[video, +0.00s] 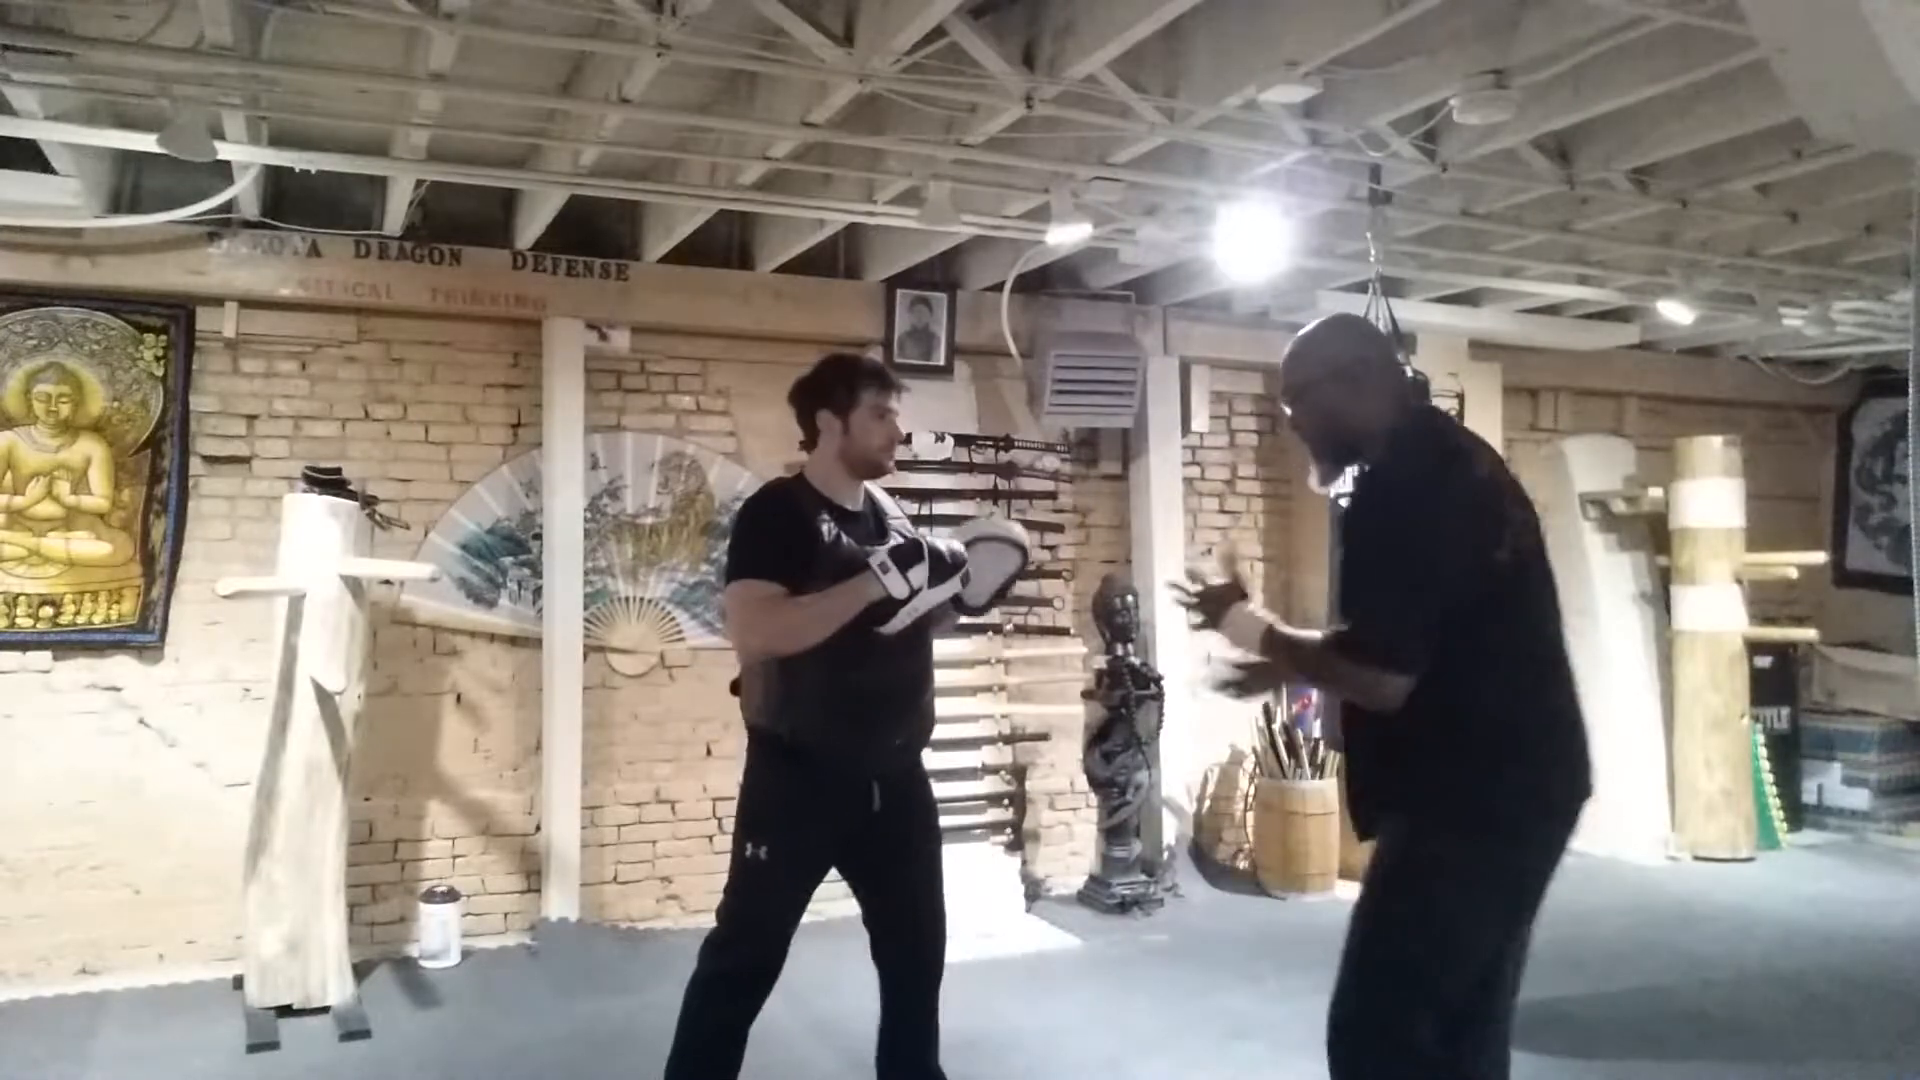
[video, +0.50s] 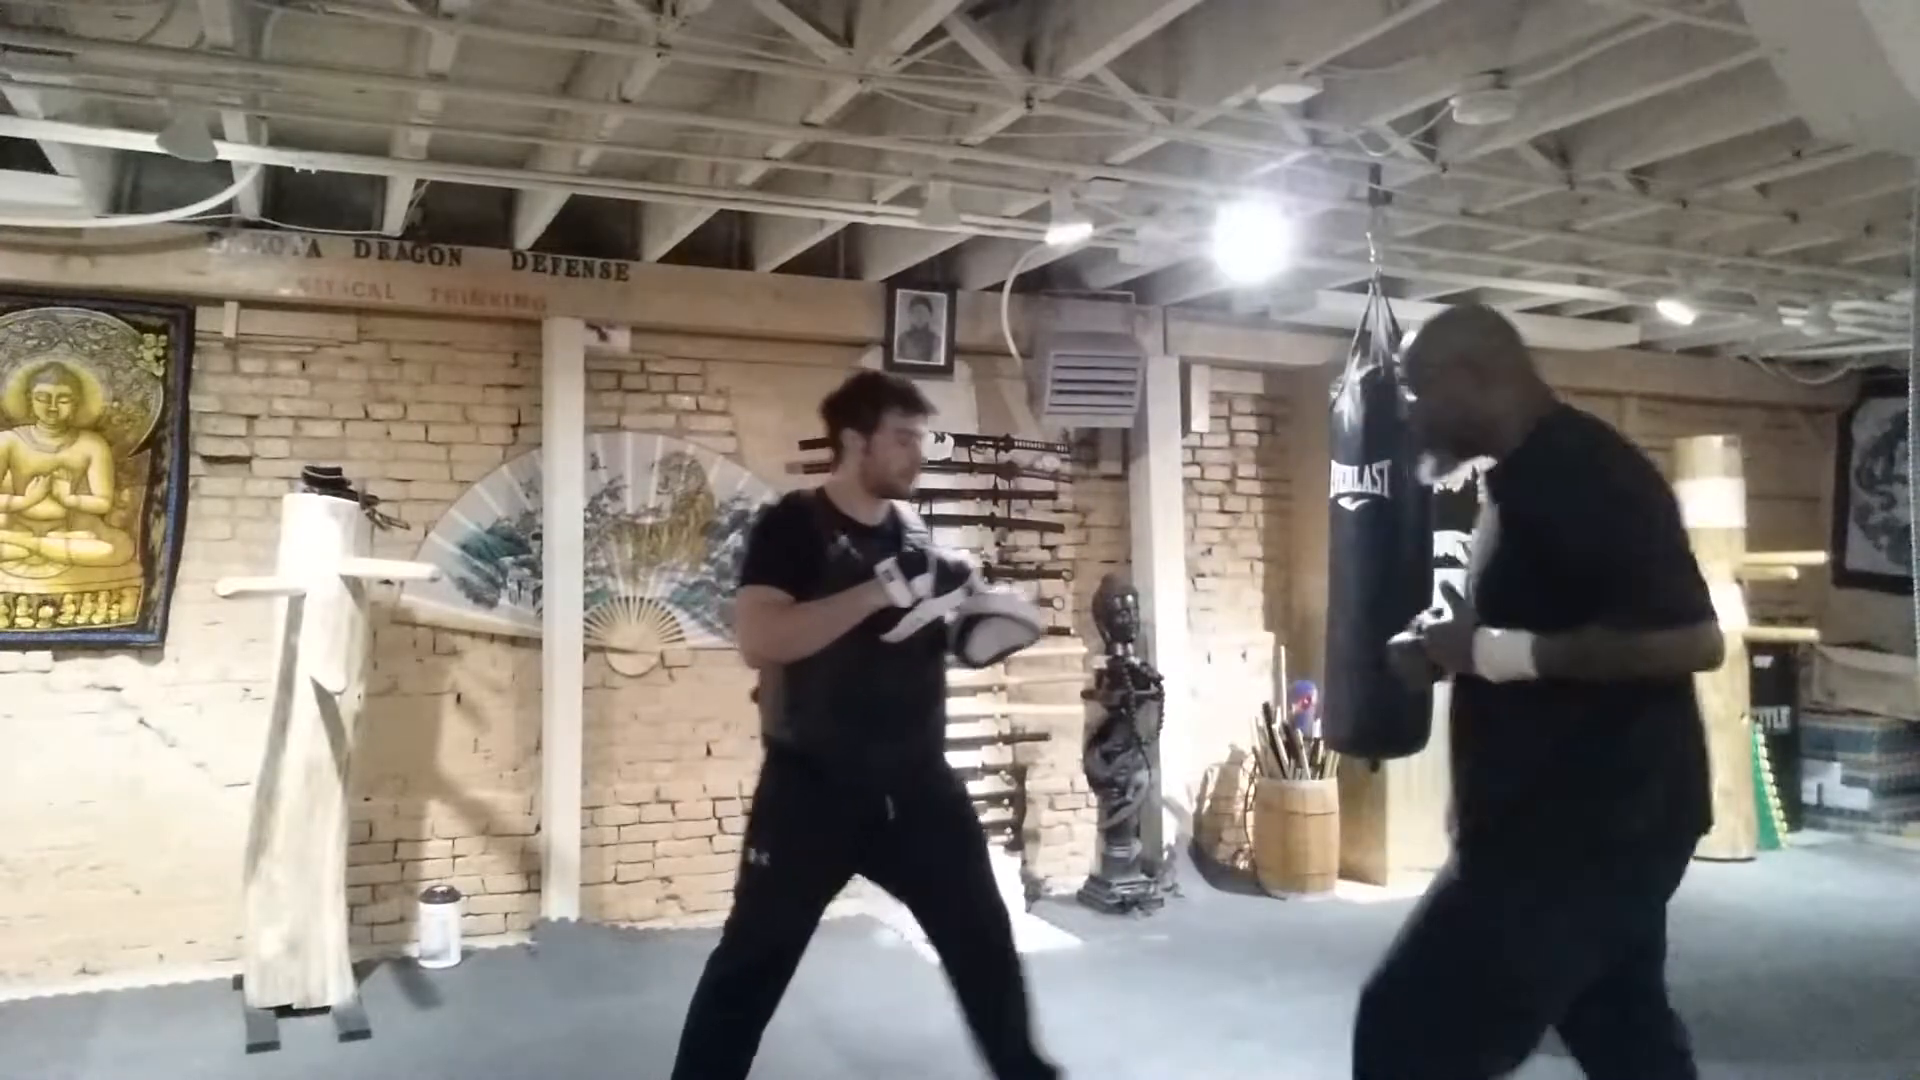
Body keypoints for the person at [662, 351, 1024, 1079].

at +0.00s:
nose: (900, 429)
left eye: (898, 414)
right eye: (883, 414)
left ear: (849, 426)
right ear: (829, 422)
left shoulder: (887, 516)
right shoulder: (772, 511)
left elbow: (919, 609)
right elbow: (752, 630)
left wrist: (973, 574)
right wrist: (876, 583)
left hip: (893, 778)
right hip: (794, 779)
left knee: (915, 968)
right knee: (740, 968)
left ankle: (913, 1078)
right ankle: (691, 1078)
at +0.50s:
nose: (920, 452)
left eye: (921, 438)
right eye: (905, 436)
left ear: (883, 446)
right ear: (855, 440)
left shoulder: (913, 539)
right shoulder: (789, 524)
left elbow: (943, 632)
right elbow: (758, 636)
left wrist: (981, 626)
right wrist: (880, 593)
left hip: (917, 788)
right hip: (810, 793)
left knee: (984, 947)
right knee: (748, 970)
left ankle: (1021, 1069)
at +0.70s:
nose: (1013, 482)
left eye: (1013, 468)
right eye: (996, 466)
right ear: (944, 470)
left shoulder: (1001, 567)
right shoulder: (882, 556)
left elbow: (1015, 659)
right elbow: (839, 674)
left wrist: (1054, 627)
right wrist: (963, 656)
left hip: (999, 813)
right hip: (894, 815)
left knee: (1077, 945)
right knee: (801, 976)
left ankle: (1089, 1076)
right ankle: (728, 1078)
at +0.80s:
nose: (1055, 481)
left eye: (1057, 467)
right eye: (1038, 465)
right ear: (984, 470)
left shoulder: (1053, 564)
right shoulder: (923, 553)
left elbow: (1077, 674)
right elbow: (885, 677)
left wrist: (1096, 670)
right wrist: (1001, 679)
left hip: (1041, 809)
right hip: (931, 808)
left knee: (1109, 946)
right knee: (855, 970)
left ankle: (1099, 1079)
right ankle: (793, 1076)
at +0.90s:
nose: (1071, 463)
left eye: (1074, 450)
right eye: (1054, 449)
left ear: (1073, 454)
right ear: (1000, 455)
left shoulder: (1078, 542)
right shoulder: (945, 533)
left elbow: (1114, 635)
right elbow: (903, 655)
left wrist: (1147, 624)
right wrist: (1034, 656)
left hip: (1060, 793)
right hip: (952, 791)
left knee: (1115, 938)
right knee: (895, 955)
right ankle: (853, 1073)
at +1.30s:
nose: (1132, 463)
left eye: (1136, 449)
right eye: (1113, 450)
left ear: (1142, 454)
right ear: (1064, 458)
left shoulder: (1159, 545)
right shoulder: (1017, 541)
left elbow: (1176, 649)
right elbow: (964, 647)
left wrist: (1217, 671)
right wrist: (1074, 644)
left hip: (1159, 797)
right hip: (1048, 799)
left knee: (1227, 969)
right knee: (991, 965)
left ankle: (1256, 1077)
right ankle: (957, 1074)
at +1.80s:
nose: (1138, 490)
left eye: (1142, 476)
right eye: (1122, 475)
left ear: (1143, 476)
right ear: (1072, 474)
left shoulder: (1141, 561)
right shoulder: (1020, 559)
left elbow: (1147, 654)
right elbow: (986, 672)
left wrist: (1197, 659)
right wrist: (1111, 655)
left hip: (1142, 810)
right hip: (1045, 816)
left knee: (1212, 961)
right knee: (1012, 966)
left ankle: (1250, 1077)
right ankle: (910, 1069)